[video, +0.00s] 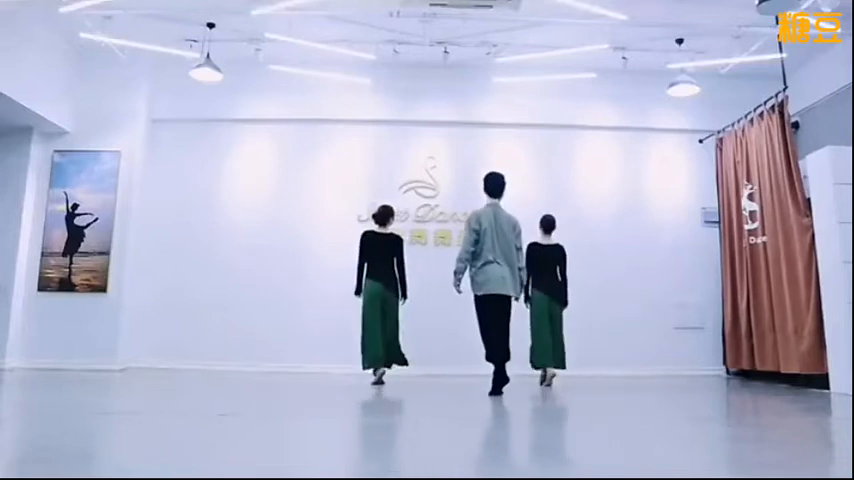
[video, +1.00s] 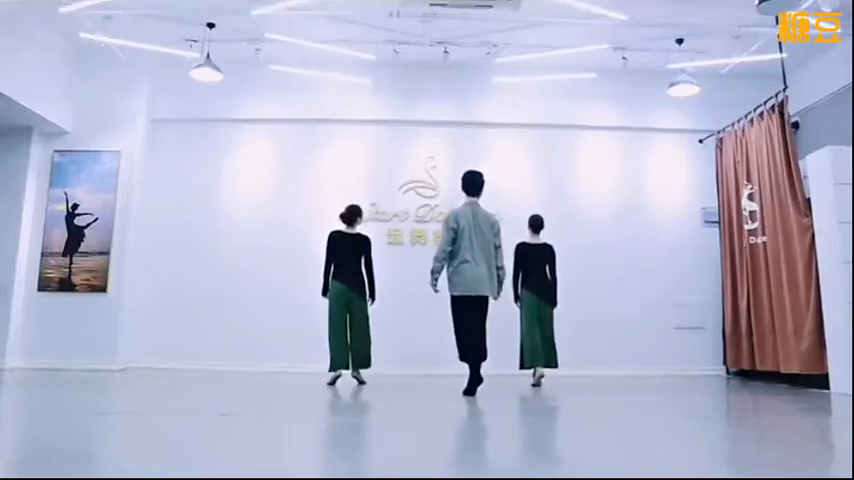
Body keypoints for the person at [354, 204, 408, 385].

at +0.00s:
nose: (392, 220)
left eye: (390, 217)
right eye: (392, 218)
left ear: (375, 218)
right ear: (391, 220)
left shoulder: (366, 236)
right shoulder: (396, 239)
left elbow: (361, 263)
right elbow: (400, 266)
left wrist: (358, 286)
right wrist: (404, 289)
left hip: (372, 286)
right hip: (390, 287)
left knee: (373, 326)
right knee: (388, 325)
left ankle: (377, 366)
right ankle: (383, 364)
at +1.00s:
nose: (361, 221)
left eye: (359, 217)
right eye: (360, 218)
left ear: (343, 218)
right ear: (358, 220)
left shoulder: (334, 236)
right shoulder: (364, 240)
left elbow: (328, 263)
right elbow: (368, 267)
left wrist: (325, 286)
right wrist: (372, 291)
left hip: (337, 285)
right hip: (357, 287)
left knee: (336, 327)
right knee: (358, 328)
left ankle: (337, 367)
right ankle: (356, 368)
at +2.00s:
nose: (312, 223)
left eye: (308, 219)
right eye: (314, 220)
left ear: (300, 220)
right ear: (315, 221)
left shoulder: (289, 238)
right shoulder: (319, 240)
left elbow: (279, 264)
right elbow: (340, 260)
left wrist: (268, 287)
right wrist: (361, 269)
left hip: (291, 289)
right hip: (311, 290)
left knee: (289, 329)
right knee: (315, 329)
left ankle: (285, 369)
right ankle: (318, 369)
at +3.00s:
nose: (277, 231)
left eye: (272, 228)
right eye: (280, 228)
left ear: (269, 228)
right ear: (285, 229)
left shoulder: (261, 245)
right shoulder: (290, 244)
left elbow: (257, 275)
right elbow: (288, 239)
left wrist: (253, 299)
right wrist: (282, 234)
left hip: (265, 294)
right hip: (285, 294)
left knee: (268, 333)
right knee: (283, 333)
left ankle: (278, 366)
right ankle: (268, 372)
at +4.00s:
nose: (276, 227)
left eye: (270, 224)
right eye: (277, 225)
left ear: (265, 226)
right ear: (280, 227)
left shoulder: (257, 245)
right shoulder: (285, 244)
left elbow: (252, 274)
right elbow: (298, 230)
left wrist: (249, 297)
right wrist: (283, 226)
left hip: (261, 292)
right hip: (281, 293)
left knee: (263, 331)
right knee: (278, 333)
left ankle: (275, 365)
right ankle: (266, 373)